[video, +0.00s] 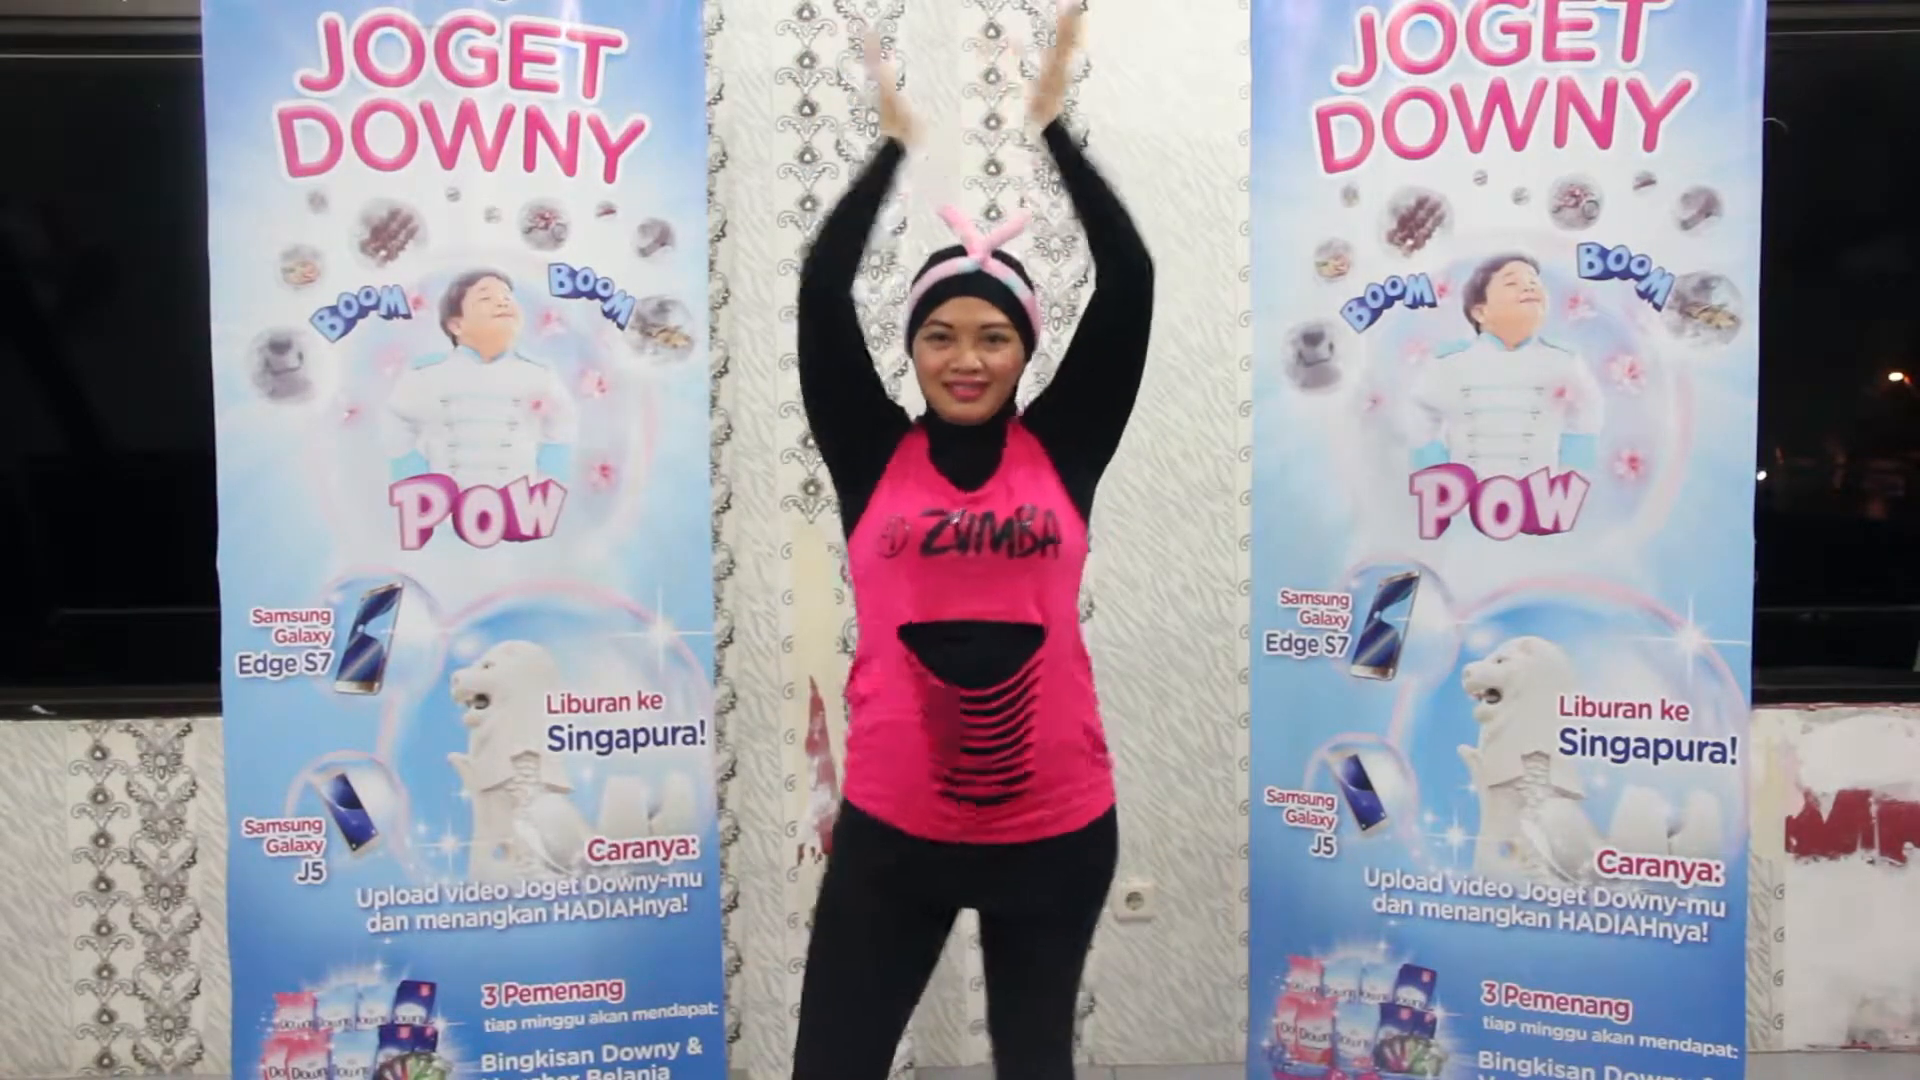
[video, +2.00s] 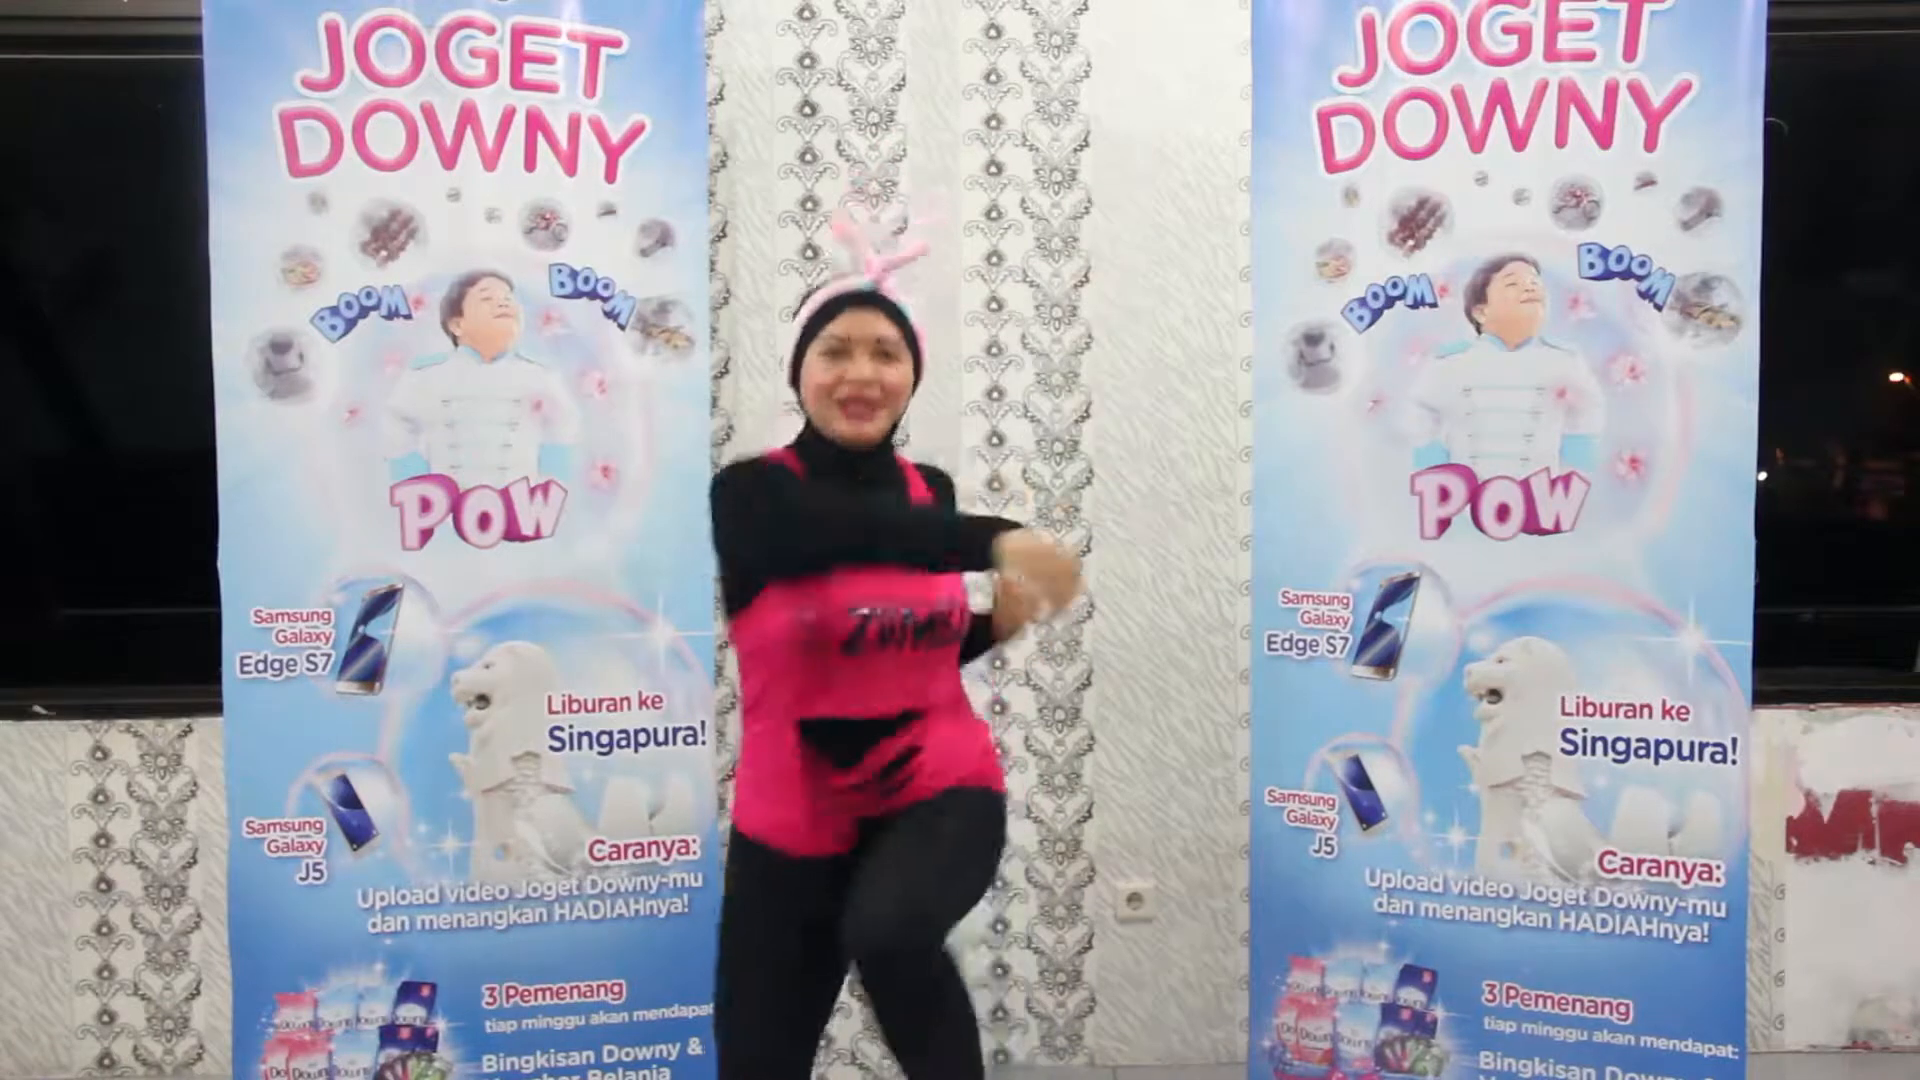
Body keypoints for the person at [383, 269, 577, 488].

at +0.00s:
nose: (502, 302)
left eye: (507, 296)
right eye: (484, 298)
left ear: (519, 314)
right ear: (454, 324)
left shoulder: (538, 377)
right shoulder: (422, 378)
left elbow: (560, 432)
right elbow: (392, 426)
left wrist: (546, 490)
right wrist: (413, 484)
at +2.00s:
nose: (502, 303)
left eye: (509, 297)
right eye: (486, 298)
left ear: (519, 316)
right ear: (455, 324)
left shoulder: (539, 378)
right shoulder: (421, 378)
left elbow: (560, 439)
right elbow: (395, 434)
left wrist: (545, 498)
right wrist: (415, 490)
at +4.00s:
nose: (503, 301)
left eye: (508, 296)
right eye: (485, 297)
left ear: (518, 314)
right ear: (455, 324)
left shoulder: (539, 376)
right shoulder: (423, 377)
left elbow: (561, 431)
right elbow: (394, 425)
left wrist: (545, 491)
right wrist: (414, 486)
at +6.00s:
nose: (503, 302)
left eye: (508, 297)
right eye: (485, 298)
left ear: (518, 315)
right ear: (455, 324)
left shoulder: (539, 378)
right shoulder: (422, 377)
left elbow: (559, 442)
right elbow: (394, 429)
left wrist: (542, 501)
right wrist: (415, 490)